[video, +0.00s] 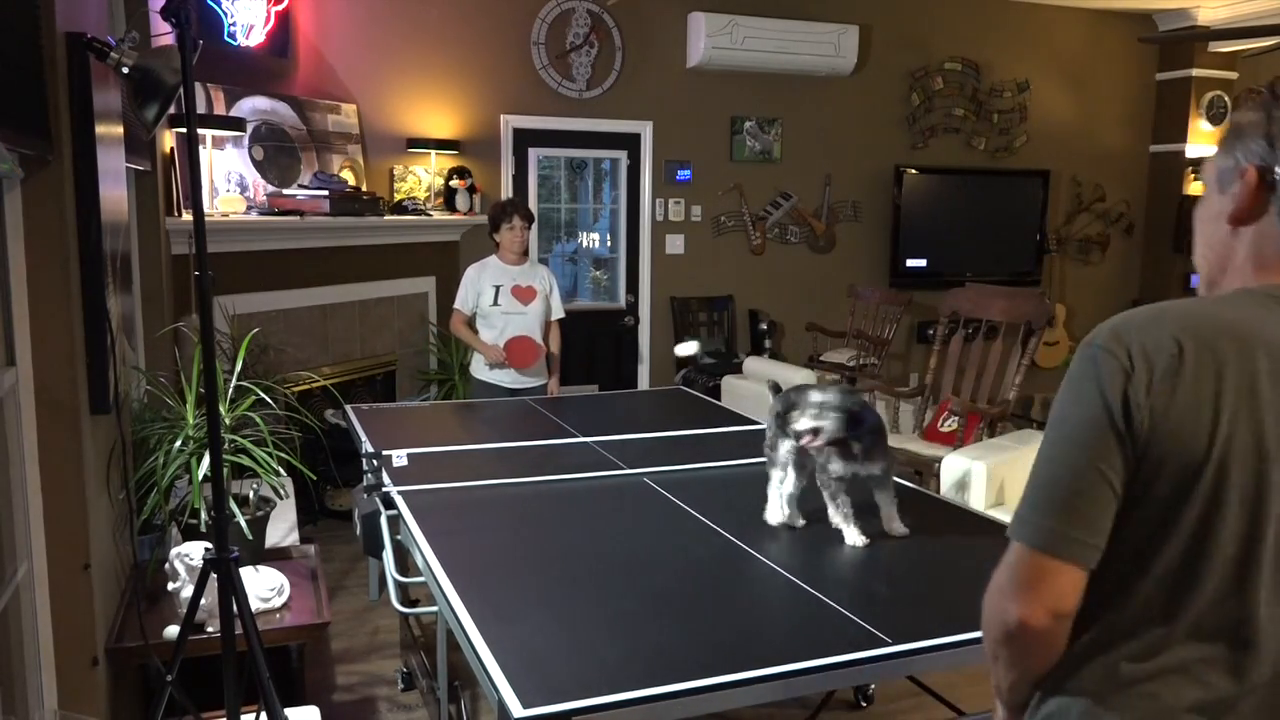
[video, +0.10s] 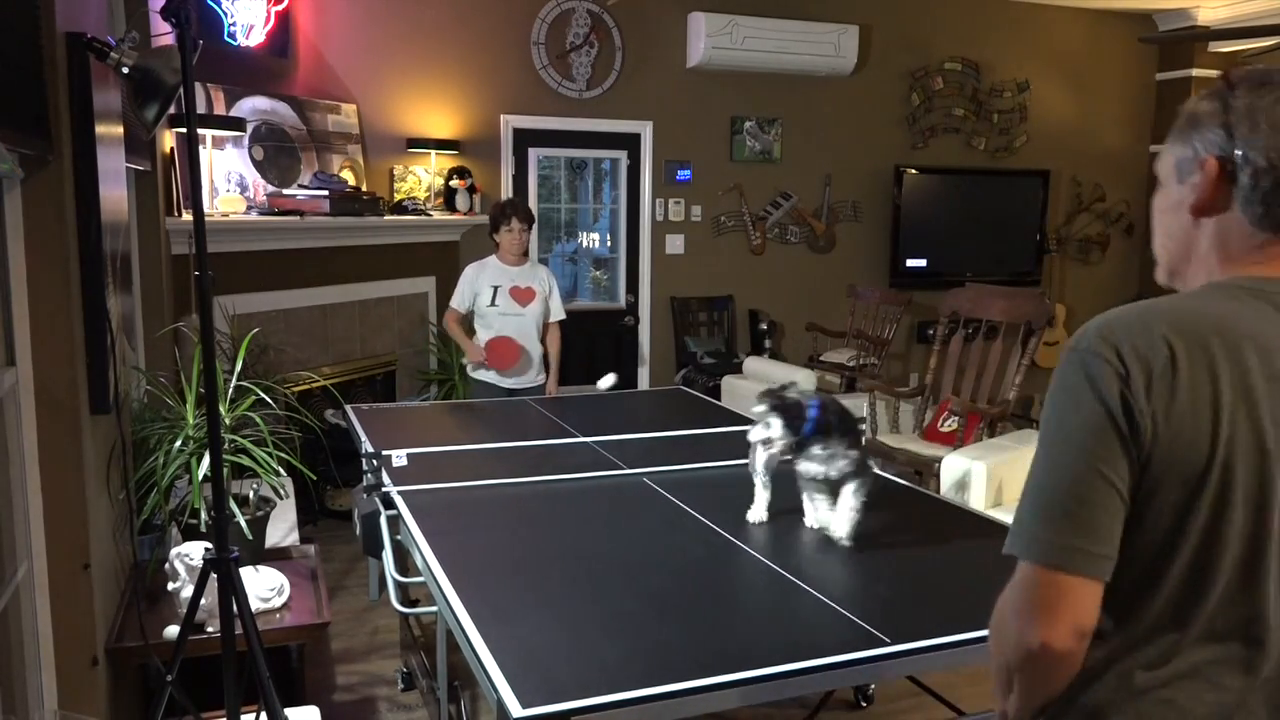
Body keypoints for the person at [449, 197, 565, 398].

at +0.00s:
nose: (520, 234)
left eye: (524, 228)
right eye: (511, 228)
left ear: (529, 232)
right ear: (496, 235)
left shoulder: (543, 275)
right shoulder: (477, 273)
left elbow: (552, 327)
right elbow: (456, 323)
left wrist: (554, 375)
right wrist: (485, 349)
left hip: (534, 383)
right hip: (489, 383)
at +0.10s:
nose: (518, 237)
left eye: (523, 230)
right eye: (509, 231)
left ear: (529, 234)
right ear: (496, 236)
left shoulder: (543, 275)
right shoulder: (475, 273)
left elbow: (551, 328)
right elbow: (450, 319)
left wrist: (553, 375)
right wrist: (468, 347)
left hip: (531, 382)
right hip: (487, 382)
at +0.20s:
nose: (512, 241)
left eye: (519, 234)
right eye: (505, 234)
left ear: (526, 237)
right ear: (492, 237)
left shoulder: (539, 277)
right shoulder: (471, 274)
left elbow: (549, 330)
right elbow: (439, 314)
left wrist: (550, 379)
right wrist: (450, 343)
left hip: (527, 384)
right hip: (482, 385)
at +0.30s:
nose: (506, 243)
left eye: (512, 236)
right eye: (498, 236)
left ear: (520, 239)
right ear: (485, 240)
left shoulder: (532, 279)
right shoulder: (463, 276)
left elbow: (542, 332)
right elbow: (425, 313)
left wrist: (544, 382)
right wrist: (436, 338)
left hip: (521, 389)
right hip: (474, 389)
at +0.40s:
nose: (496, 245)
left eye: (502, 238)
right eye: (488, 237)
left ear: (510, 243)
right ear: (475, 242)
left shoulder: (520, 282)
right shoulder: (453, 277)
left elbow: (530, 334)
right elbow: (409, 313)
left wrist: (533, 385)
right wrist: (429, 326)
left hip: (508, 391)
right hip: (460, 391)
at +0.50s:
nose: (486, 245)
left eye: (492, 238)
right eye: (477, 238)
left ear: (500, 243)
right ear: (465, 242)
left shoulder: (507, 283)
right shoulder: (447, 273)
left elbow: (514, 336)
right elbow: (407, 300)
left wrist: (516, 381)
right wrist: (430, 306)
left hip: (493, 386)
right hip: (448, 387)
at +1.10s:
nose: (469, 235)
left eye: (475, 229)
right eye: (460, 228)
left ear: (483, 236)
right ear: (447, 236)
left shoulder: (491, 276)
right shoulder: (433, 268)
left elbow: (496, 330)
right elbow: (399, 291)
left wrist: (498, 380)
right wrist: (418, 303)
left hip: (478, 385)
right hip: (434, 387)